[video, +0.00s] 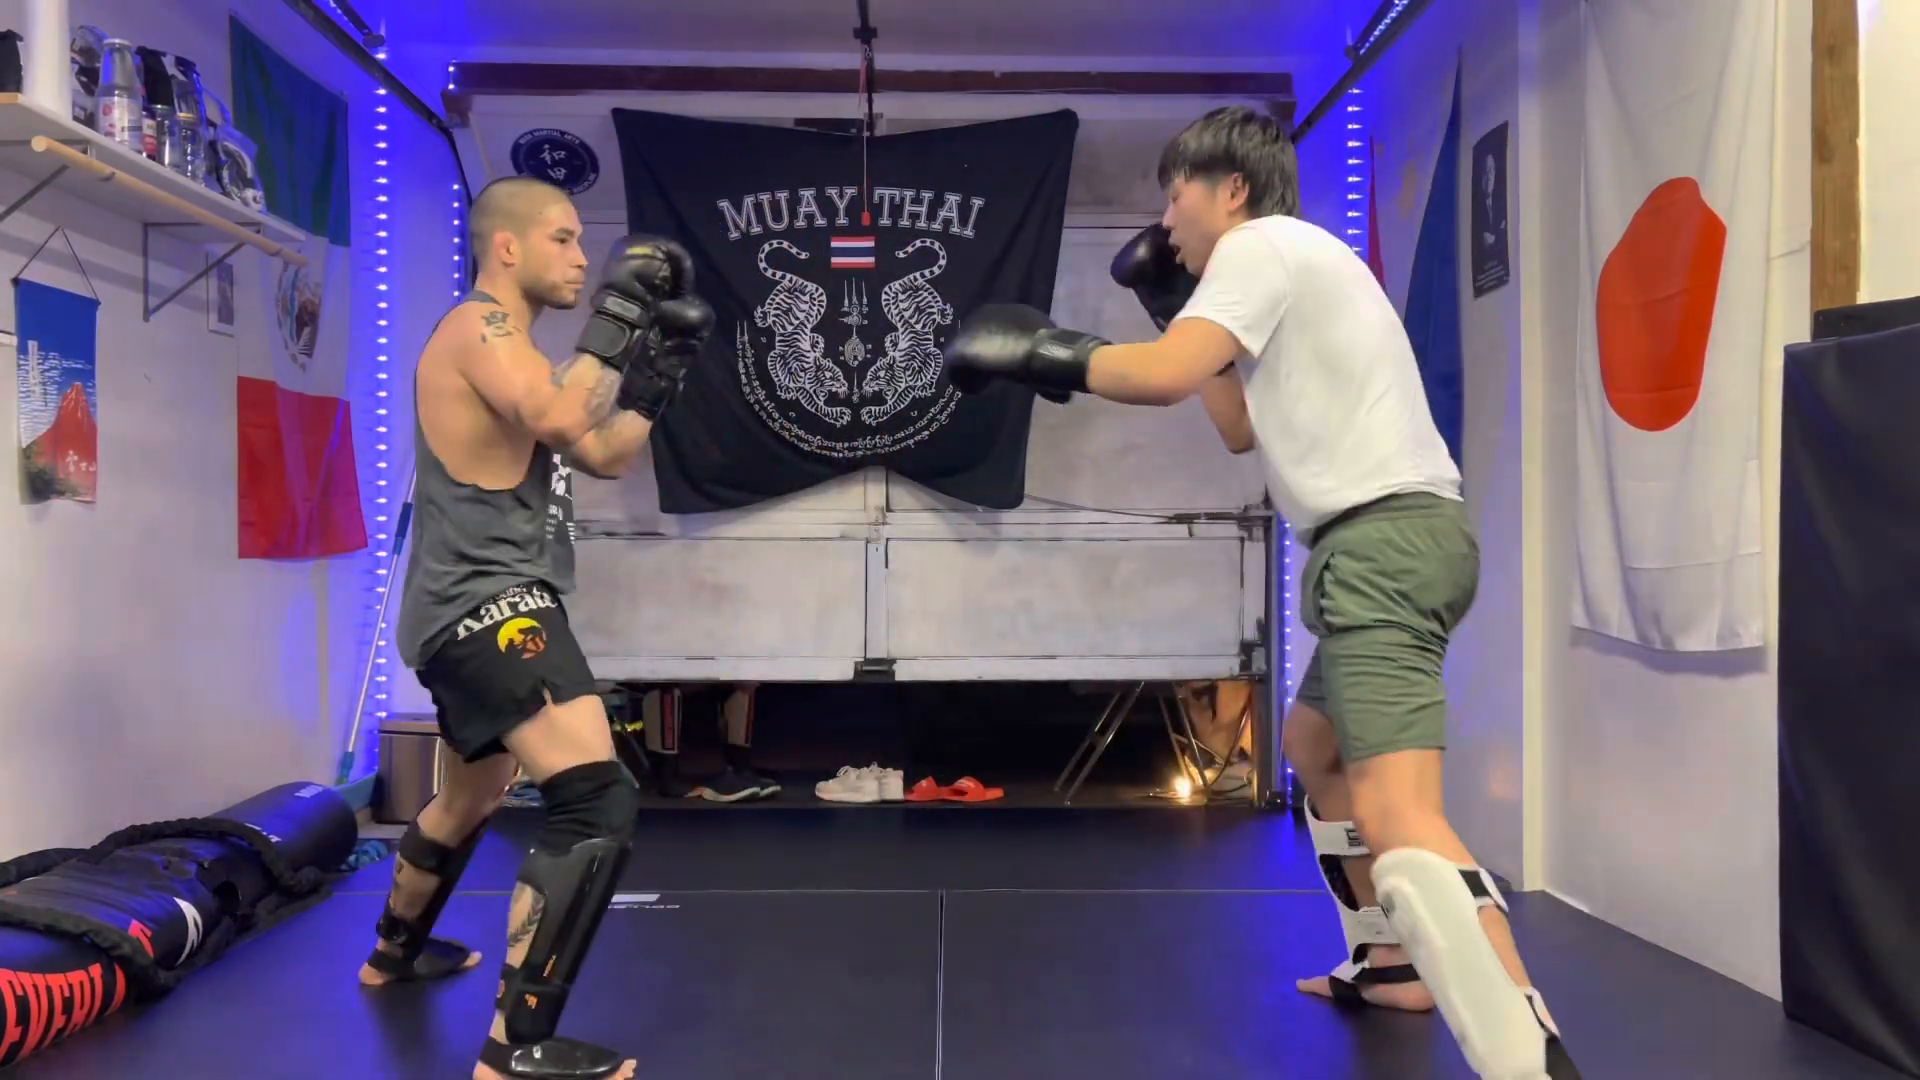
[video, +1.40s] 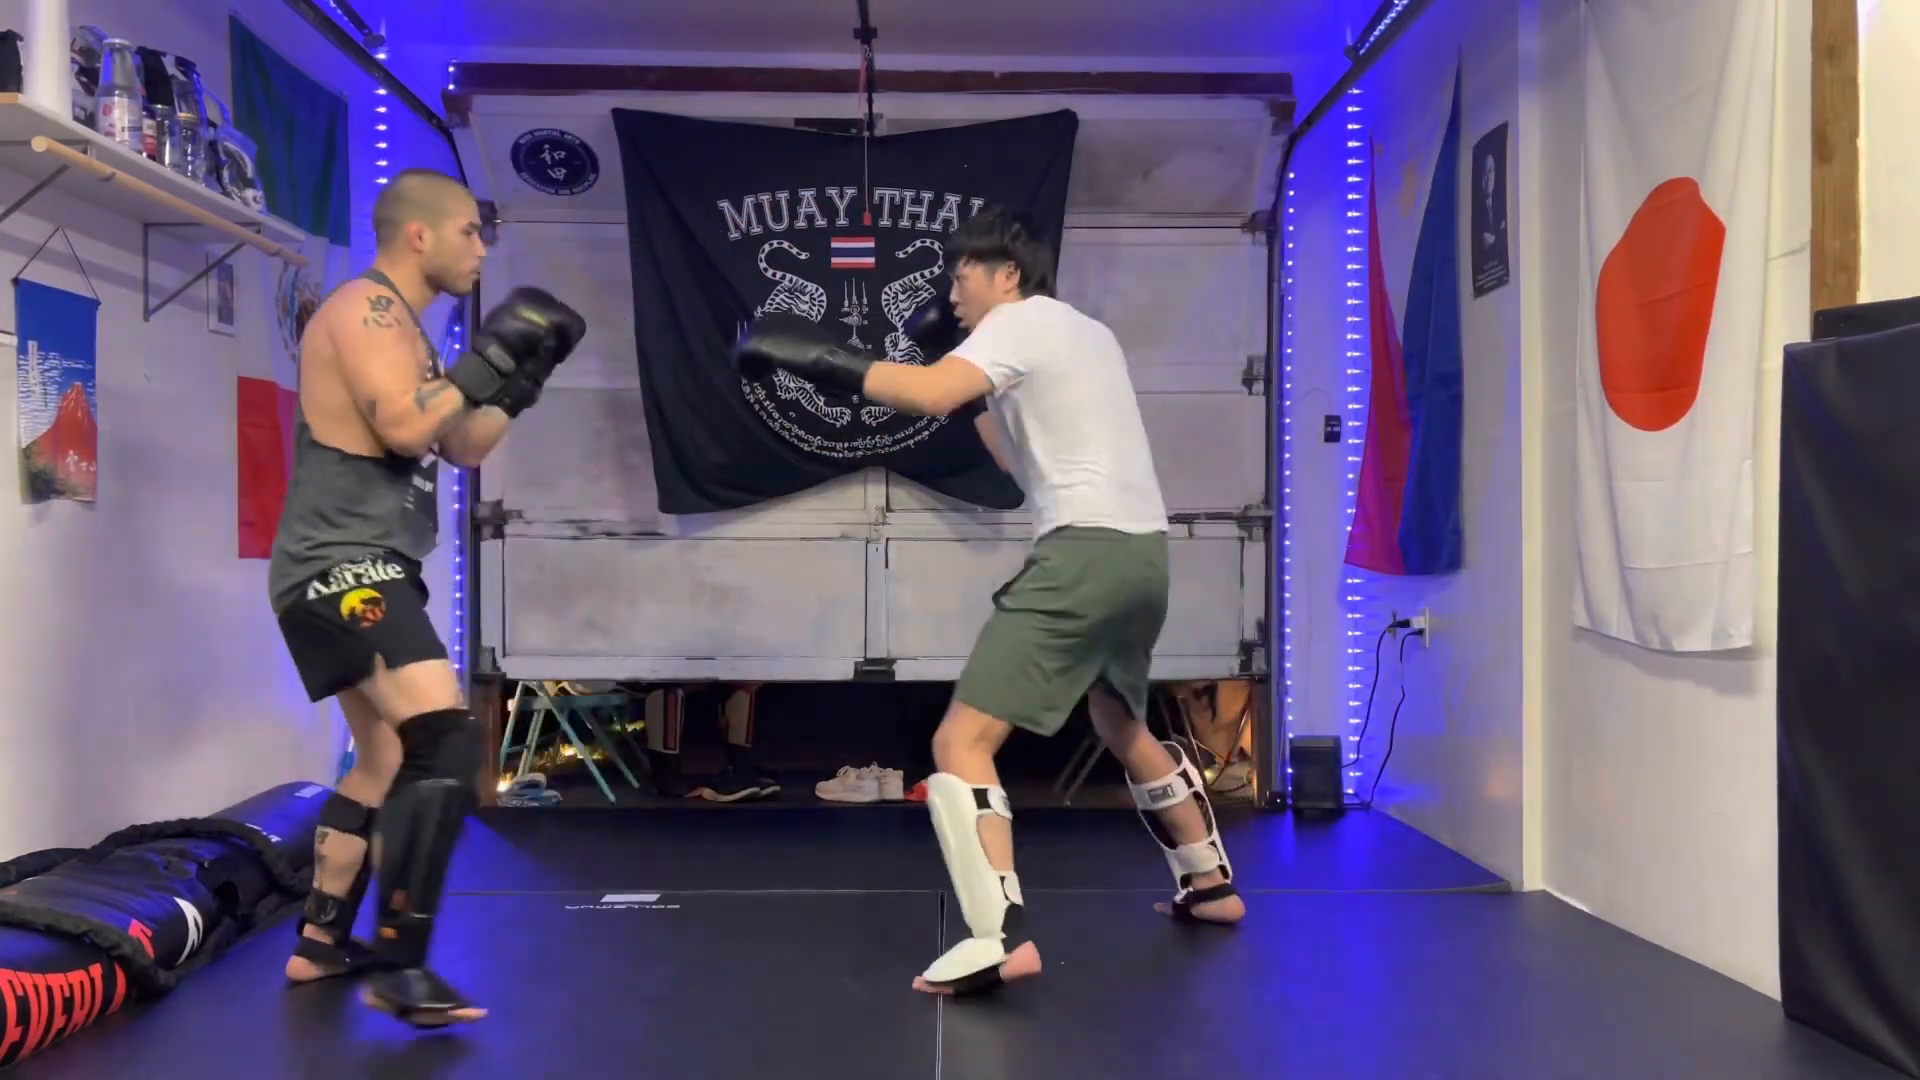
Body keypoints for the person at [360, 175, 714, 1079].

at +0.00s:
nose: (580, 256)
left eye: (579, 240)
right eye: (563, 239)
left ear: (517, 253)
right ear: (505, 247)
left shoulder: (519, 348)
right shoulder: (478, 331)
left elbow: (606, 453)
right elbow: (559, 415)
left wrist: (662, 373)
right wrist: (620, 314)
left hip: (473, 606)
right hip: (491, 601)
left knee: (469, 794)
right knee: (596, 802)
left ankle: (396, 948)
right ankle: (522, 1041)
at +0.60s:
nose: (560, 245)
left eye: (559, 227)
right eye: (550, 227)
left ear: (482, 230)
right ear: (504, 227)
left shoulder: (423, 303)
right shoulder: (501, 293)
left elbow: (493, 410)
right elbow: (553, 401)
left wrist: (577, 352)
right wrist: (636, 344)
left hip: (425, 585)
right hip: (518, 574)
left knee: (423, 771)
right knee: (625, 751)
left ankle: (367, 971)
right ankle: (625, 969)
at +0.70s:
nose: (584, 249)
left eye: (582, 232)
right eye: (575, 232)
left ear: (506, 236)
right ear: (530, 233)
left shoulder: (441, 315)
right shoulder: (529, 306)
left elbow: (520, 424)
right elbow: (637, 387)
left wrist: (608, 351)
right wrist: (685, 302)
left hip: (442, 599)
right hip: (542, 588)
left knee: (447, 778)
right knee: (644, 766)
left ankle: (369, 968)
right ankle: (665, 968)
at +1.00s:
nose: (578, 253)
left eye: (576, 237)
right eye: (570, 237)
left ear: (499, 239)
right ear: (526, 237)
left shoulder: (432, 322)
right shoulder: (514, 321)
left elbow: (500, 442)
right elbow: (579, 446)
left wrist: (584, 378)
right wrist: (668, 367)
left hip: (435, 590)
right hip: (521, 584)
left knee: (432, 761)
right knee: (617, 763)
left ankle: (337, 927)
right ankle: (663, 964)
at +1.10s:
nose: (552, 278)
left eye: (550, 263)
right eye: (543, 263)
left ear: (476, 267)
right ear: (501, 267)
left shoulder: (421, 345)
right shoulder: (479, 349)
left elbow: (502, 462)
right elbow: (490, 483)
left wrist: (558, 375)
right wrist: (602, 452)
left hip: (412, 610)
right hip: (480, 607)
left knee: (422, 784)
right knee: (609, 769)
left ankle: (327, 939)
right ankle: (663, 966)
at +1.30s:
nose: (502, 272)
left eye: (500, 257)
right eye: (491, 257)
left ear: (439, 265)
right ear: (444, 264)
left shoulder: (423, 346)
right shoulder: (395, 339)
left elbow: (457, 461)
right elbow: (402, 460)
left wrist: (517, 395)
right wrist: (517, 420)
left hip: (364, 595)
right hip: (378, 593)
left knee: (406, 768)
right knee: (491, 747)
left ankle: (324, 938)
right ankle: (548, 968)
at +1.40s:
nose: (481, 248)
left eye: (480, 233)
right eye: (470, 232)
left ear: (419, 239)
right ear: (417, 236)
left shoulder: (410, 329)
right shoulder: (364, 310)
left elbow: (466, 443)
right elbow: (399, 425)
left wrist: (521, 371)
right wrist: (485, 363)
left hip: (346, 564)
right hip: (348, 563)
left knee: (385, 756)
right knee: (445, 743)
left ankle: (321, 941)